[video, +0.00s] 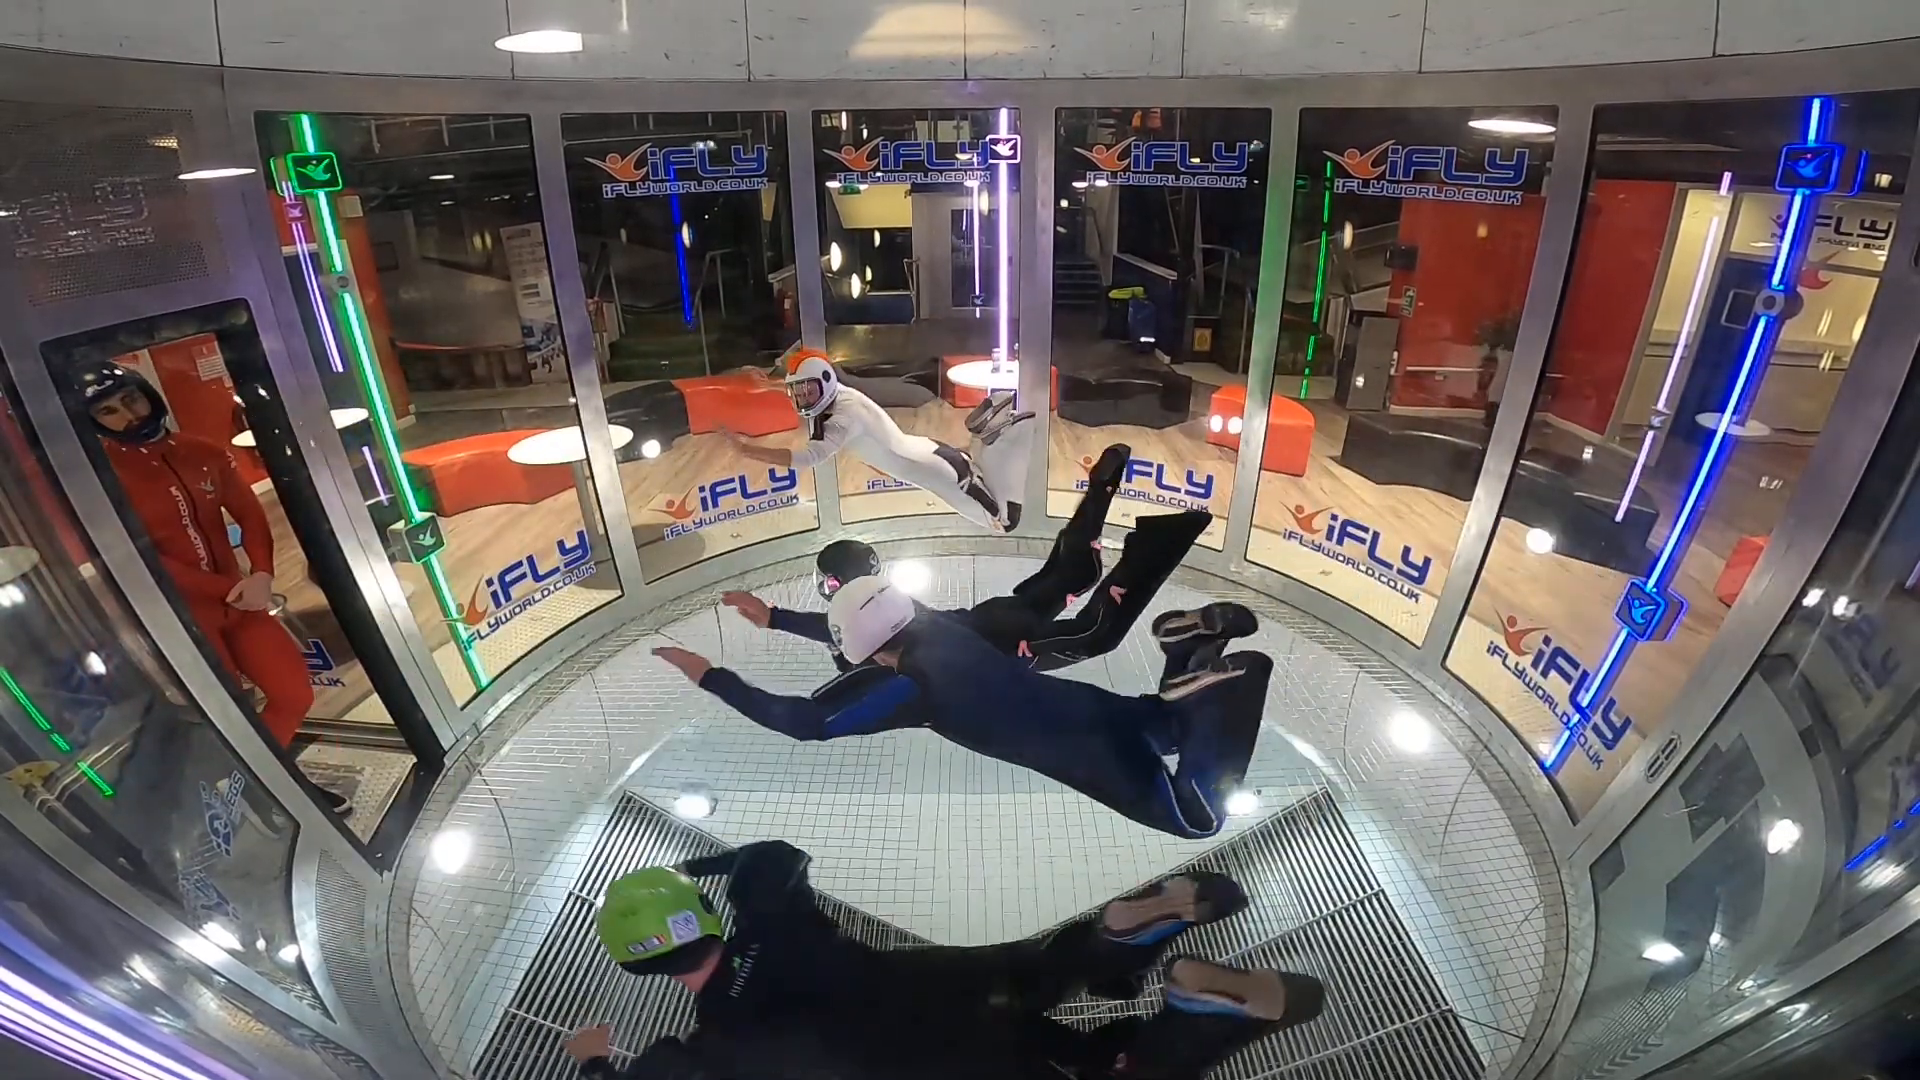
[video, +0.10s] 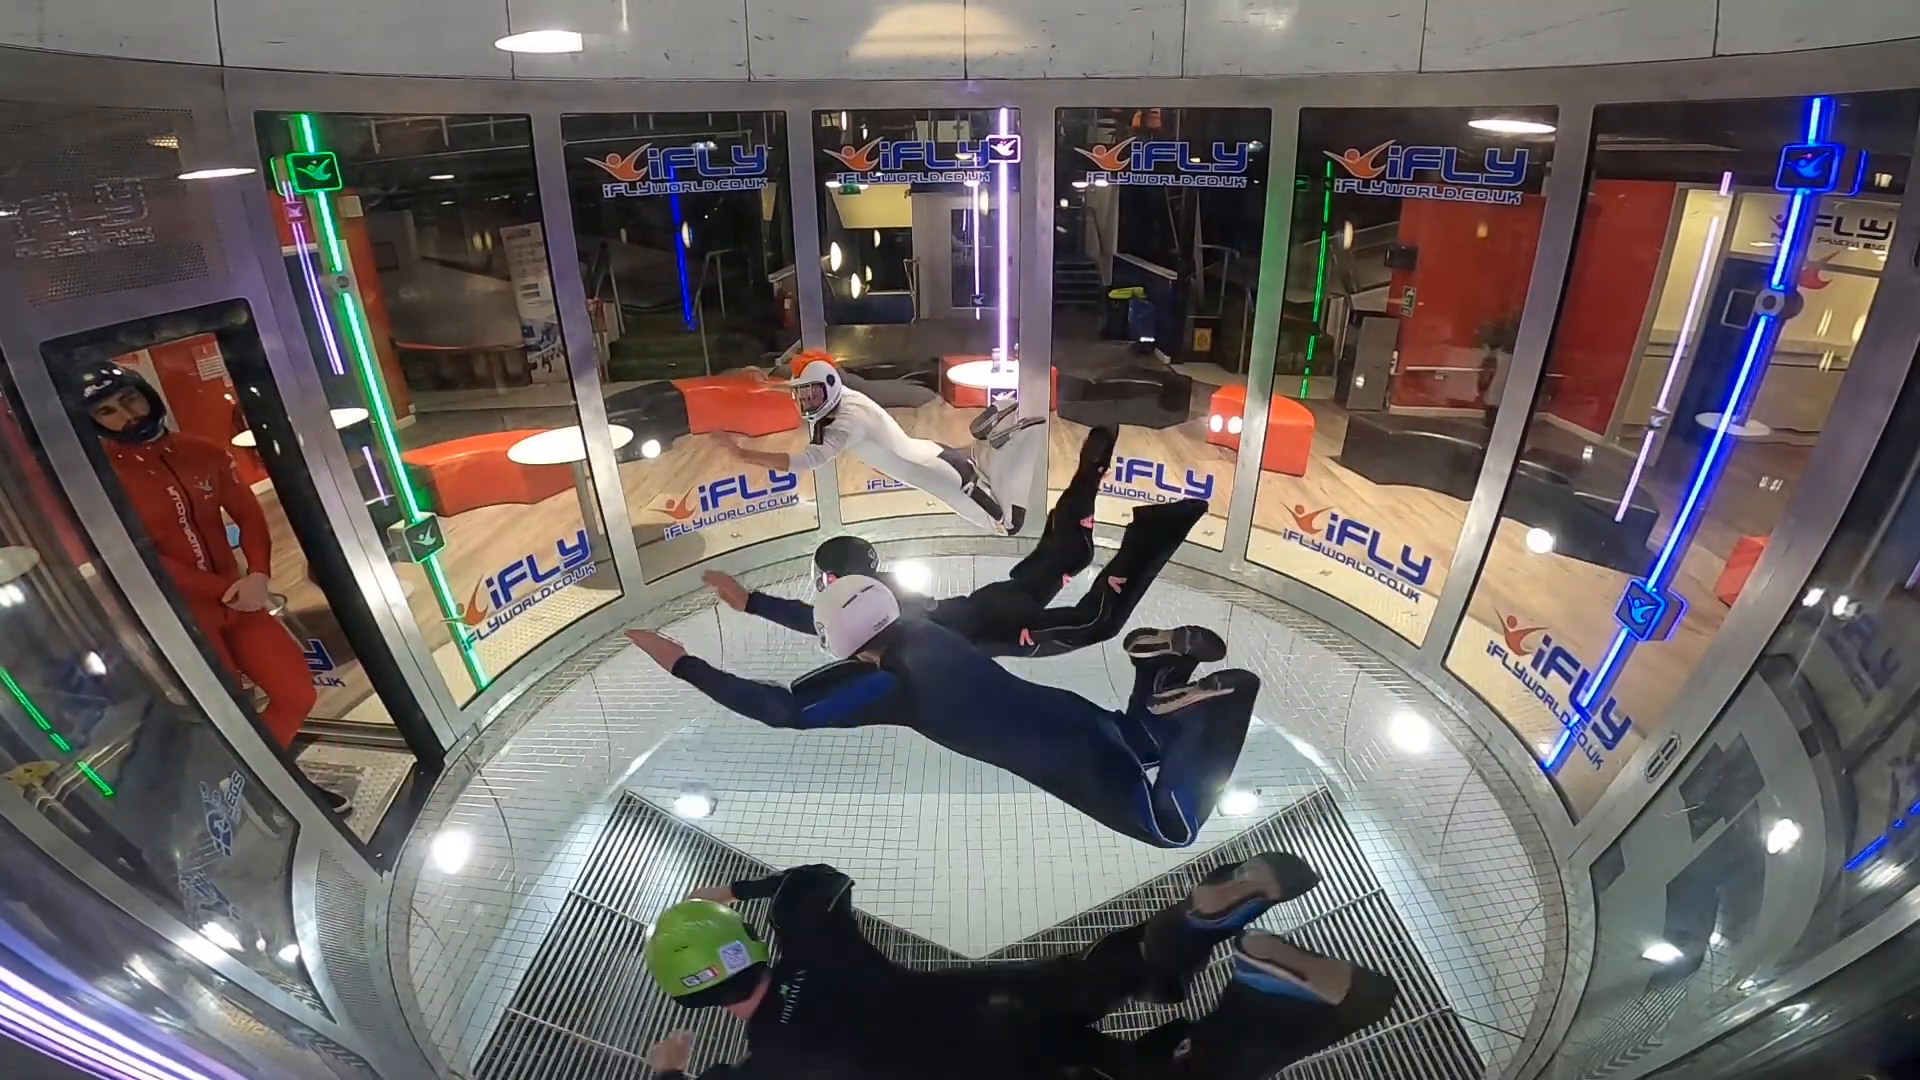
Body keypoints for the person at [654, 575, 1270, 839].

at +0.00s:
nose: (857, 652)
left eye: (860, 643)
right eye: (857, 642)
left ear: (880, 638)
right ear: (893, 613)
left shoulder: (916, 680)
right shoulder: (926, 625)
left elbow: (806, 720)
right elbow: (845, 630)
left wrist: (712, 677)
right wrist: (771, 617)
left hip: (1084, 749)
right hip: (1089, 709)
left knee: (1196, 814)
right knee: (1175, 760)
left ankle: (1202, 689)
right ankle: (1195, 670)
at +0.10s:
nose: (842, 654)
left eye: (847, 645)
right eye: (841, 641)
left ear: (865, 636)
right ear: (876, 614)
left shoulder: (897, 678)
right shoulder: (905, 626)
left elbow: (786, 708)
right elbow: (822, 616)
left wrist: (685, 667)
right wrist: (749, 602)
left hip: (1061, 749)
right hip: (1062, 719)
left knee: (1171, 821)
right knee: (1144, 781)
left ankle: (1206, 706)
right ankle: (1159, 681)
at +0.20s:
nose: (831, 647)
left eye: (838, 641)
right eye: (833, 637)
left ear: (857, 638)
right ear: (867, 616)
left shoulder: (887, 672)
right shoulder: (895, 621)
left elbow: (781, 697)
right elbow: (813, 616)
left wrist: (683, 655)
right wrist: (741, 594)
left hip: (1052, 752)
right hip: (1052, 723)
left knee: (1156, 832)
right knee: (1138, 809)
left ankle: (1178, 706)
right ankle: (1154, 698)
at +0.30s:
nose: (834, 639)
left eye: (839, 633)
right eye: (835, 630)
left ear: (861, 637)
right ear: (874, 612)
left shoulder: (892, 672)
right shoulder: (899, 620)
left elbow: (791, 698)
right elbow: (813, 617)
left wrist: (701, 640)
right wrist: (741, 597)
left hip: (1058, 762)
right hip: (1055, 725)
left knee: (1150, 843)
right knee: (1120, 781)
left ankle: (1200, 717)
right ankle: (1156, 701)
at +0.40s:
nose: (837, 640)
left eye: (844, 631)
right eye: (836, 629)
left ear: (873, 633)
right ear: (881, 614)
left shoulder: (907, 669)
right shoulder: (911, 624)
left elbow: (806, 698)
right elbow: (828, 621)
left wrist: (715, 644)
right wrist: (756, 602)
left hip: (1067, 761)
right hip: (1062, 729)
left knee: (1157, 845)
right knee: (1133, 810)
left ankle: (1199, 717)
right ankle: (1160, 696)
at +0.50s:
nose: (859, 638)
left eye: (867, 631)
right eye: (860, 629)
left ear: (899, 631)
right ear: (899, 617)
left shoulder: (934, 668)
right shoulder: (937, 621)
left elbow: (832, 698)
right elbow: (848, 616)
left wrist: (734, 655)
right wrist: (781, 602)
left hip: (1090, 759)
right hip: (1089, 725)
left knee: (1180, 845)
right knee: (1154, 809)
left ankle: (1194, 714)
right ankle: (1175, 690)